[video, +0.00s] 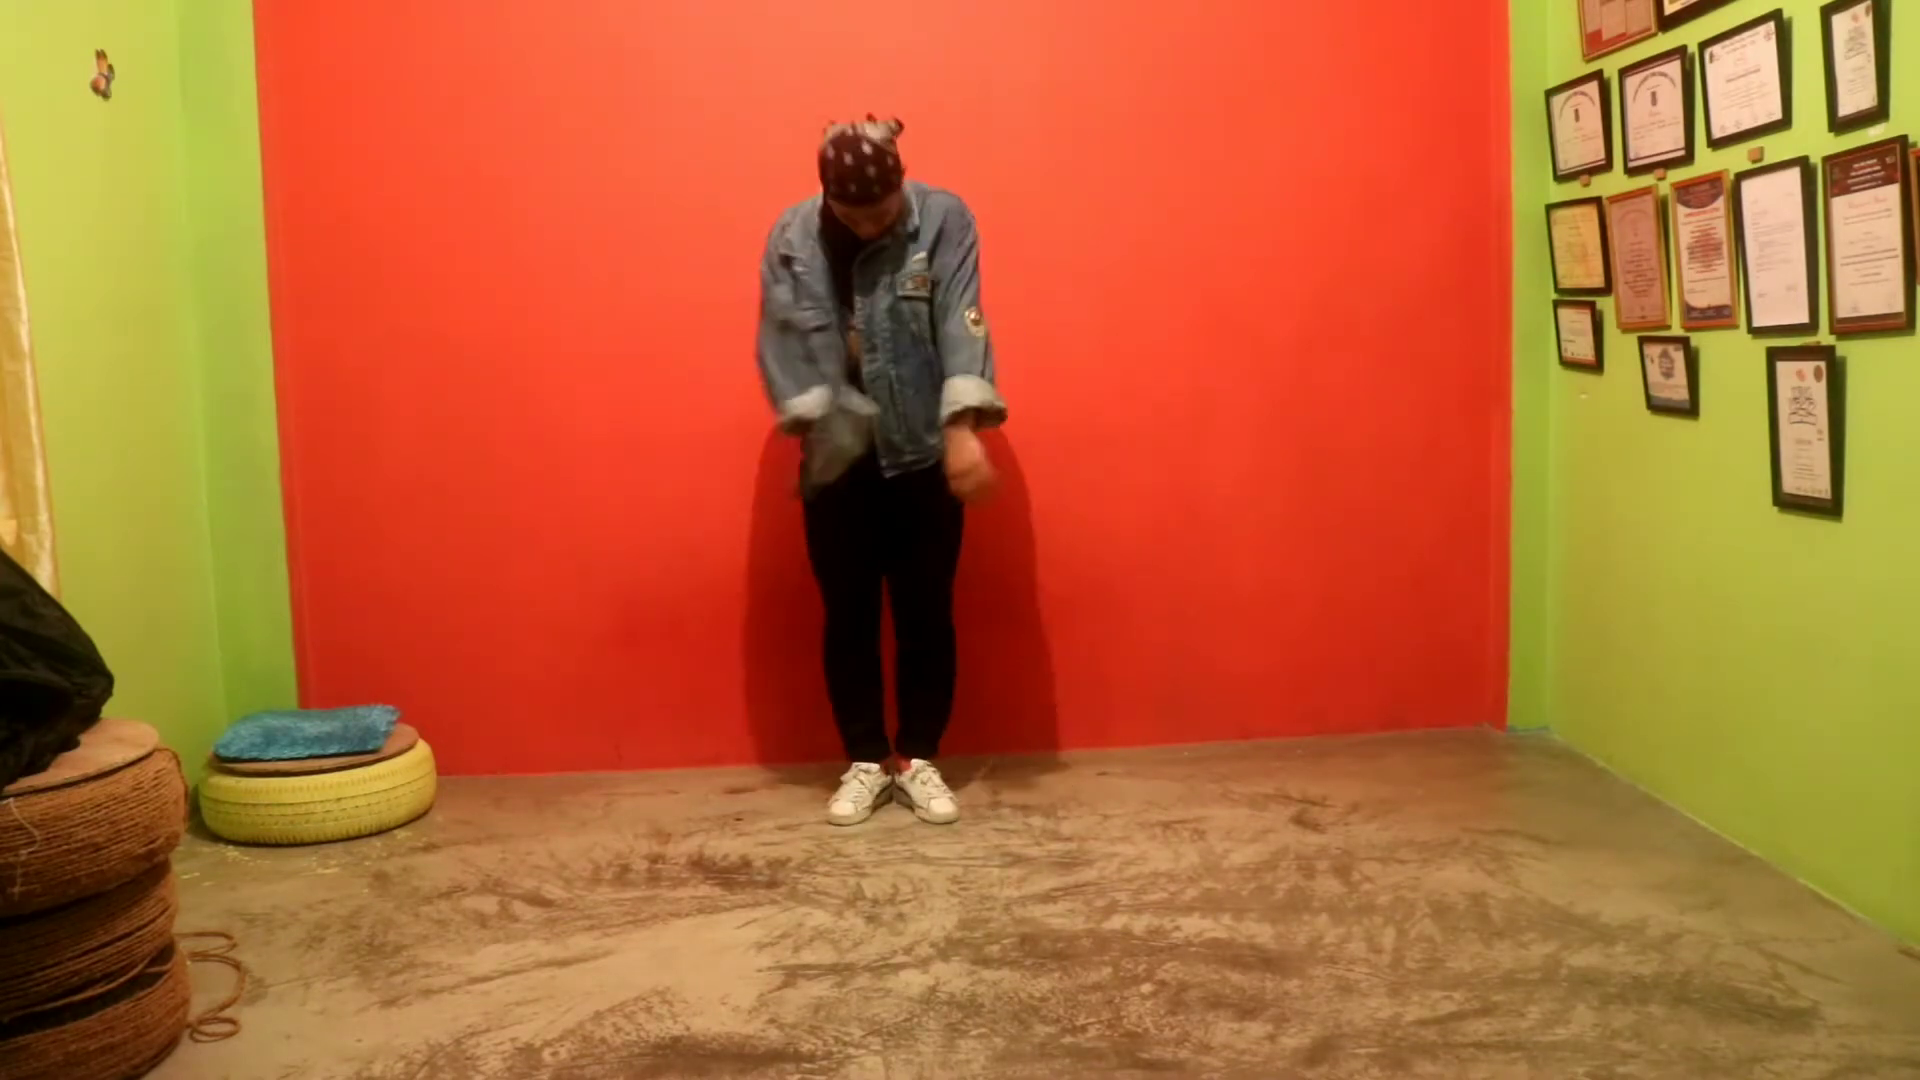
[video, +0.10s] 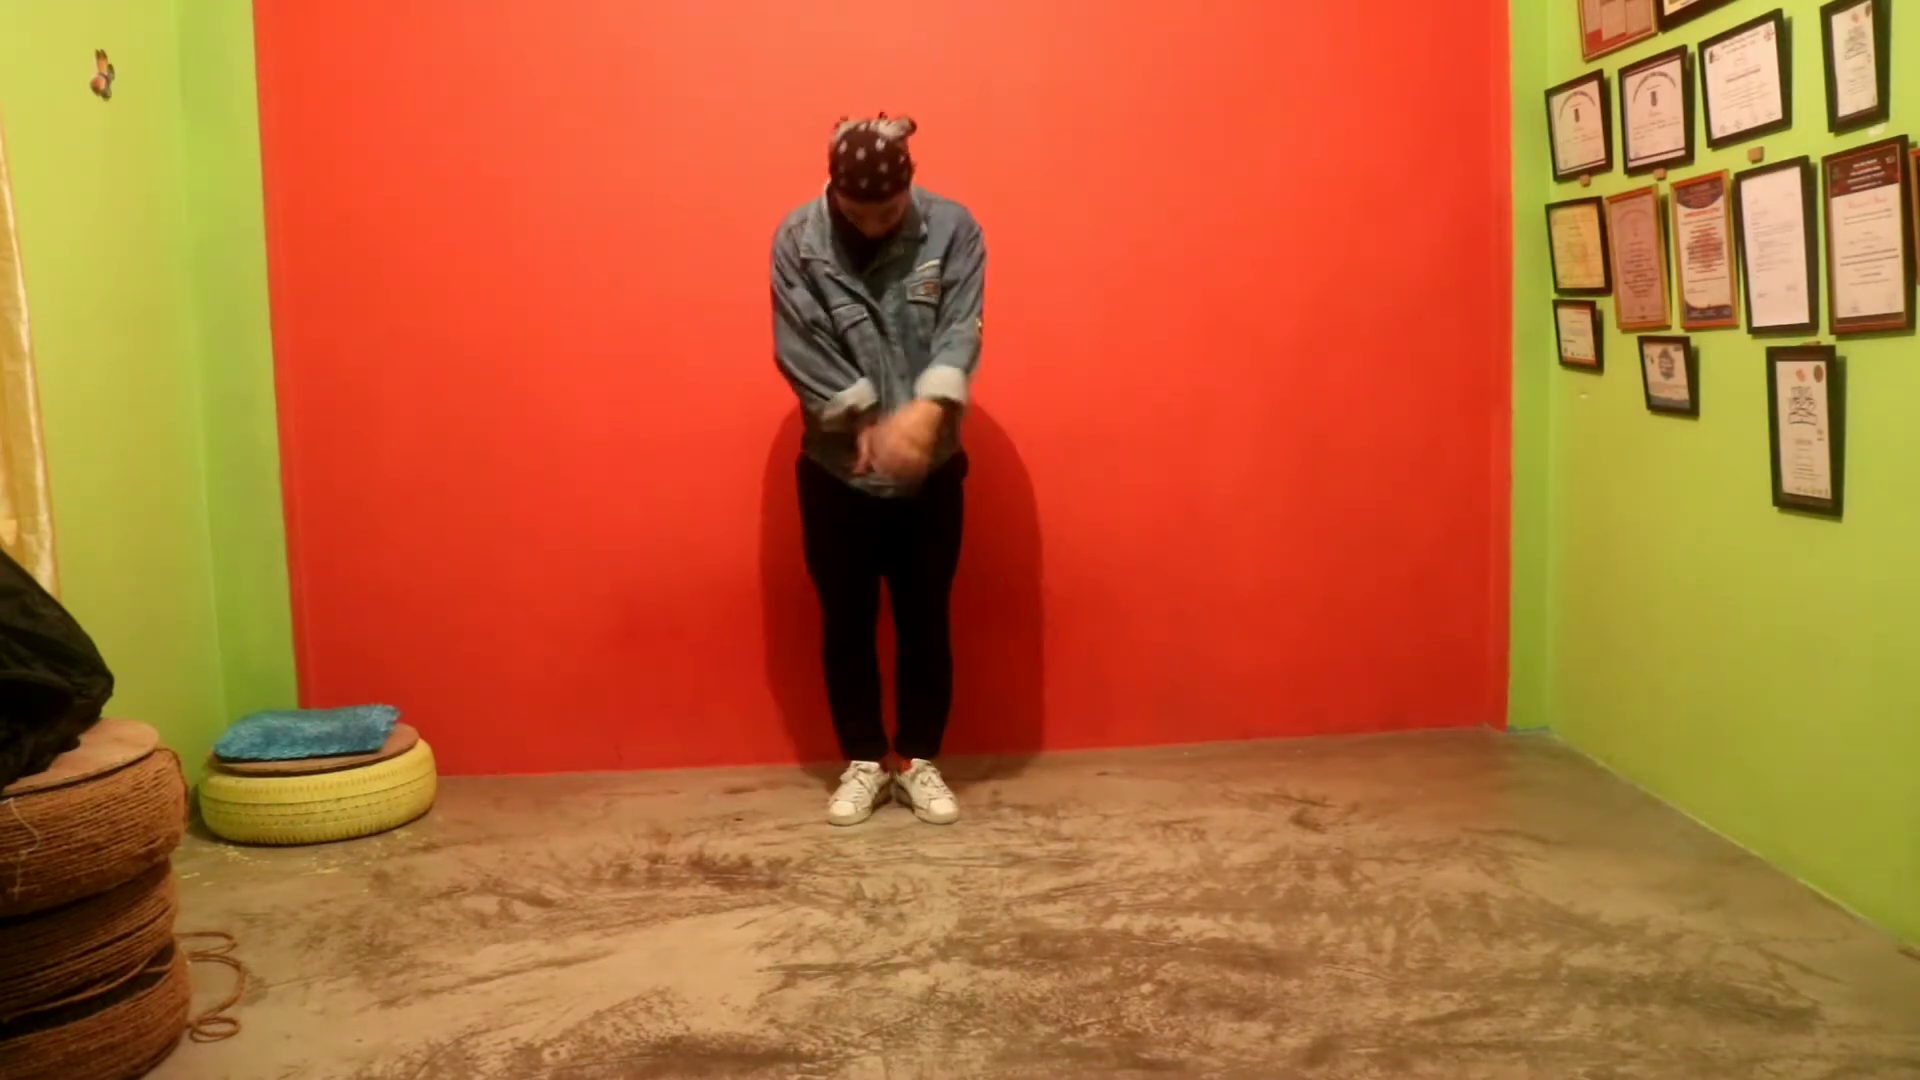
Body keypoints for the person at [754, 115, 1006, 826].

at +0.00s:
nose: (870, 224)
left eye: (880, 211)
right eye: (855, 216)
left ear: (900, 184)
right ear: (830, 195)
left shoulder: (943, 218)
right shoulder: (795, 236)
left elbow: (963, 321)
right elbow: (784, 335)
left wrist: (961, 424)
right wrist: (814, 425)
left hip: (926, 459)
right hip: (840, 462)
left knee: (926, 614)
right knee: (850, 615)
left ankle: (917, 762)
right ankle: (865, 765)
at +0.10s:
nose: (874, 218)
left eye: (887, 203)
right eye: (859, 206)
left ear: (908, 185)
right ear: (835, 189)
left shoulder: (950, 229)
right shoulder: (799, 240)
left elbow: (960, 332)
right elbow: (802, 347)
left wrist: (924, 416)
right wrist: (869, 422)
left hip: (929, 464)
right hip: (836, 465)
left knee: (924, 615)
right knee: (847, 617)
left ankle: (919, 762)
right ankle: (864, 763)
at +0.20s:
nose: (878, 204)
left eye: (890, 190)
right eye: (864, 191)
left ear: (912, 173)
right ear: (838, 175)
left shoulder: (954, 221)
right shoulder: (798, 234)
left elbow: (968, 324)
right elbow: (795, 344)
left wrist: (915, 378)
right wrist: (852, 402)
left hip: (929, 458)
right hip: (836, 461)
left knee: (927, 609)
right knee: (847, 610)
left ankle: (920, 756)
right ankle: (861, 760)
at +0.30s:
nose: (878, 194)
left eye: (892, 178)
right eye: (864, 178)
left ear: (915, 162)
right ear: (839, 161)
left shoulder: (956, 226)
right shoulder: (792, 237)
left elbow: (985, 326)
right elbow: (775, 335)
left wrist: (917, 352)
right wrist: (834, 385)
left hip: (932, 462)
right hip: (839, 463)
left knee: (925, 609)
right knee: (849, 612)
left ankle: (918, 757)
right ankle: (861, 761)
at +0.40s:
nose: (879, 194)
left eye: (893, 178)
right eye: (865, 178)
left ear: (915, 173)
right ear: (840, 172)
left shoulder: (956, 248)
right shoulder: (802, 256)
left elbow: (996, 342)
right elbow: (757, 335)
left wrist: (925, 368)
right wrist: (826, 400)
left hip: (932, 469)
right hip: (841, 471)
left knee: (925, 615)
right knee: (849, 618)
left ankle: (916, 760)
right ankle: (862, 764)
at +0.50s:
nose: (877, 203)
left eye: (891, 186)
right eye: (863, 186)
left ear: (914, 178)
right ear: (838, 177)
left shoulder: (956, 247)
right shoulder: (797, 252)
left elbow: (996, 343)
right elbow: (769, 344)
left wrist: (925, 370)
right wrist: (830, 401)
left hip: (930, 466)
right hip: (838, 467)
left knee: (925, 612)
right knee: (842, 615)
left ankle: (918, 761)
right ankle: (861, 765)